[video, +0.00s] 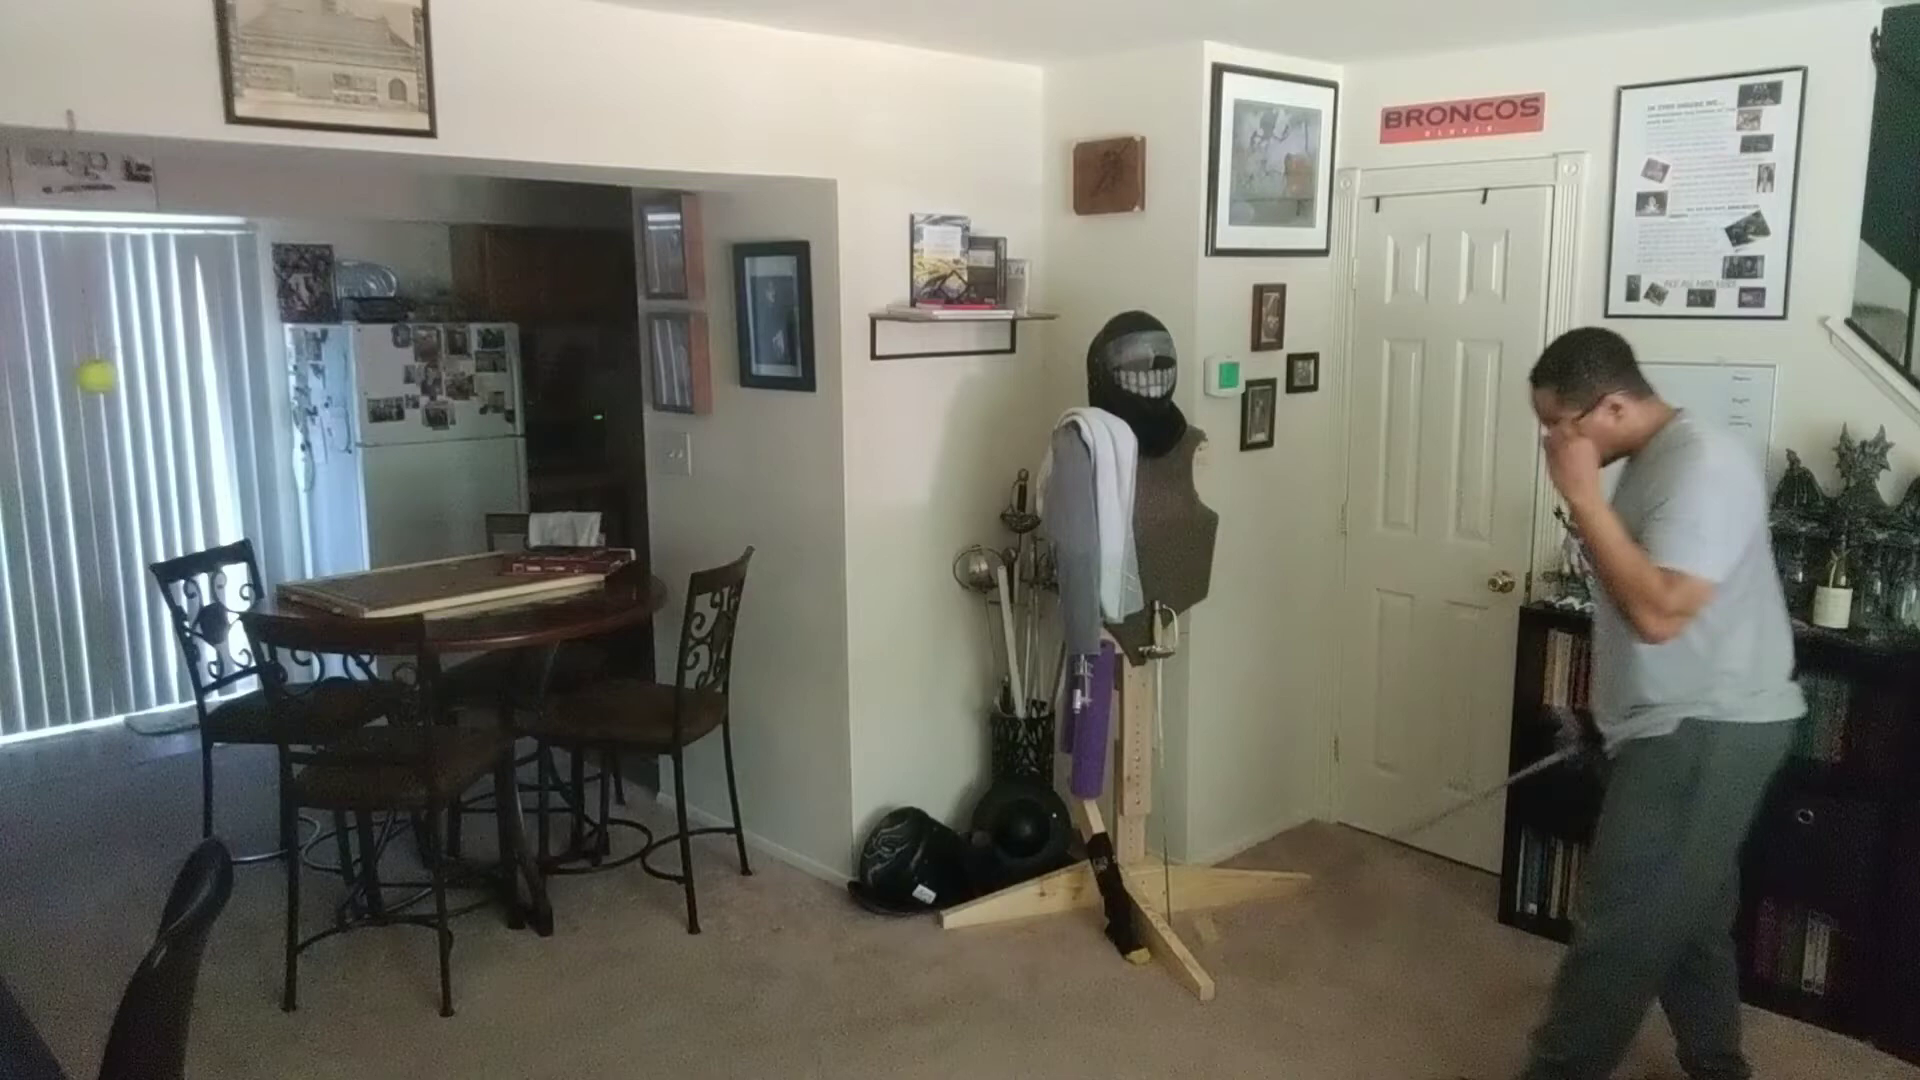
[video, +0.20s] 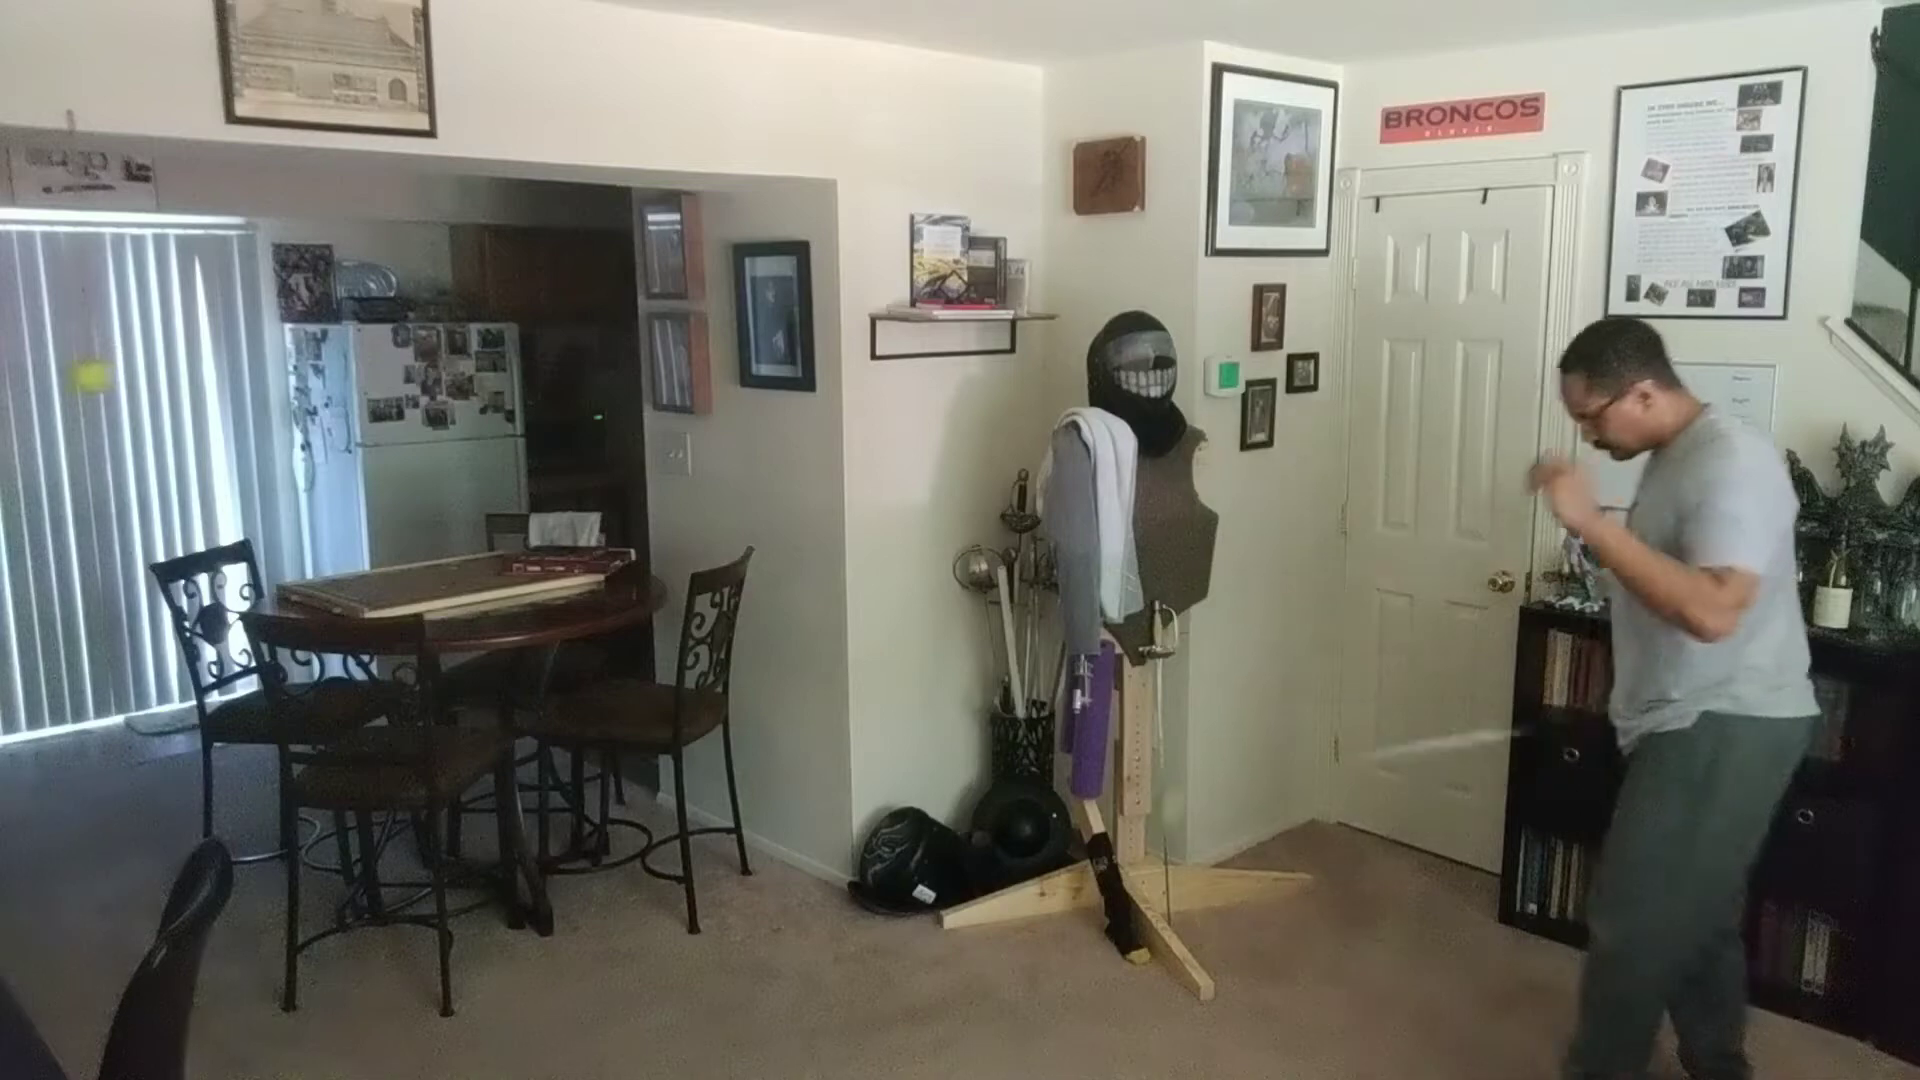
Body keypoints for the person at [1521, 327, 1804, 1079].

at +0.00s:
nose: (1553, 443)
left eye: (1558, 425)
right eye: (1548, 428)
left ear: (1610, 405)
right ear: (1613, 404)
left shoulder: (1709, 462)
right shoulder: (1642, 469)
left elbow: (1658, 612)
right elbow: (1652, 606)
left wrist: (1585, 498)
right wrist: (1612, 702)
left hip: (1710, 728)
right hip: (1671, 721)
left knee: (1620, 933)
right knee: (1691, 925)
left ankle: (1560, 1067)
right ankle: (1717, 1067)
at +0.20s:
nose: (1589, 435)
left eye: (1593, 418)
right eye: (1582, 421)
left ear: (1642, 394)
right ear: (1644, 394)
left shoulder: (1736, 459)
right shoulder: (1674, 460)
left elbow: (1715, 608)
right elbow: (1679, 587)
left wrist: (1590, 521)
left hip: (1728, 722)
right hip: (1688, 714)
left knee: (1633, 919)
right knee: (1696, 915)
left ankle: (1601, 1066)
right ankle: (1719, 1064)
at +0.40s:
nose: (1615, 423)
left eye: (1621, 405)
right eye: (1608, 408)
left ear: (1678, 381)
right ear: (1678, 384)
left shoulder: (1746, 460)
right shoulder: (1700, 458)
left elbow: (1716, 603)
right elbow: (1690, 596)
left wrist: (1539, 622)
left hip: (1731, 738)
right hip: (1697, 731)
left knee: (1671, 952)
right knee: (1676, 946)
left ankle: (1673, 1070)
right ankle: (1705, 1065)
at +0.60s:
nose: (1620, 422)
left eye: (1629, 402)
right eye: (1613, 406)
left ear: (1688, 378)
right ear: (1685, 383)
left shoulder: (1748, 470)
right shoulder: (1699, 461)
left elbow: (1690, 610)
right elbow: (1676, 596)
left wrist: (1531, 660)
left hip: (1720, 748)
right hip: (1689, 740)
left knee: (1665, 967)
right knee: (1691, 957)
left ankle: (1669, 1070)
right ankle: (1712, 1067)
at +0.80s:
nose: (1609, 432)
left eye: (1617, 414)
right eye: (1602, 417)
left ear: (1673, 388)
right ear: (1671, 389)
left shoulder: (1737, 473)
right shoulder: (1685, 469)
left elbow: (1713, 620)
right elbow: (1678, 612)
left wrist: (1571, 698)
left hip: (1692, 756)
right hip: (1669, 749)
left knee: (1637, 973)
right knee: (1700, 952)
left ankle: (1647, 1072)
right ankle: (1714, 1067)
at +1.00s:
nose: (1594, 434)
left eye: (1596, 417)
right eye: (1587, 421)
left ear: (1648, 394)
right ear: (1650, 393)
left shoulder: (1732, 475)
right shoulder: (1662, 470)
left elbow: (1739, 624)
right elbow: (1591, 526)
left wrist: (1606, 715)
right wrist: (1501, 558)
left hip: (1676, 775)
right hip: (1637, 765)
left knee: (1629, 984)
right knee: (1666, 963)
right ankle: (1700, 1064)